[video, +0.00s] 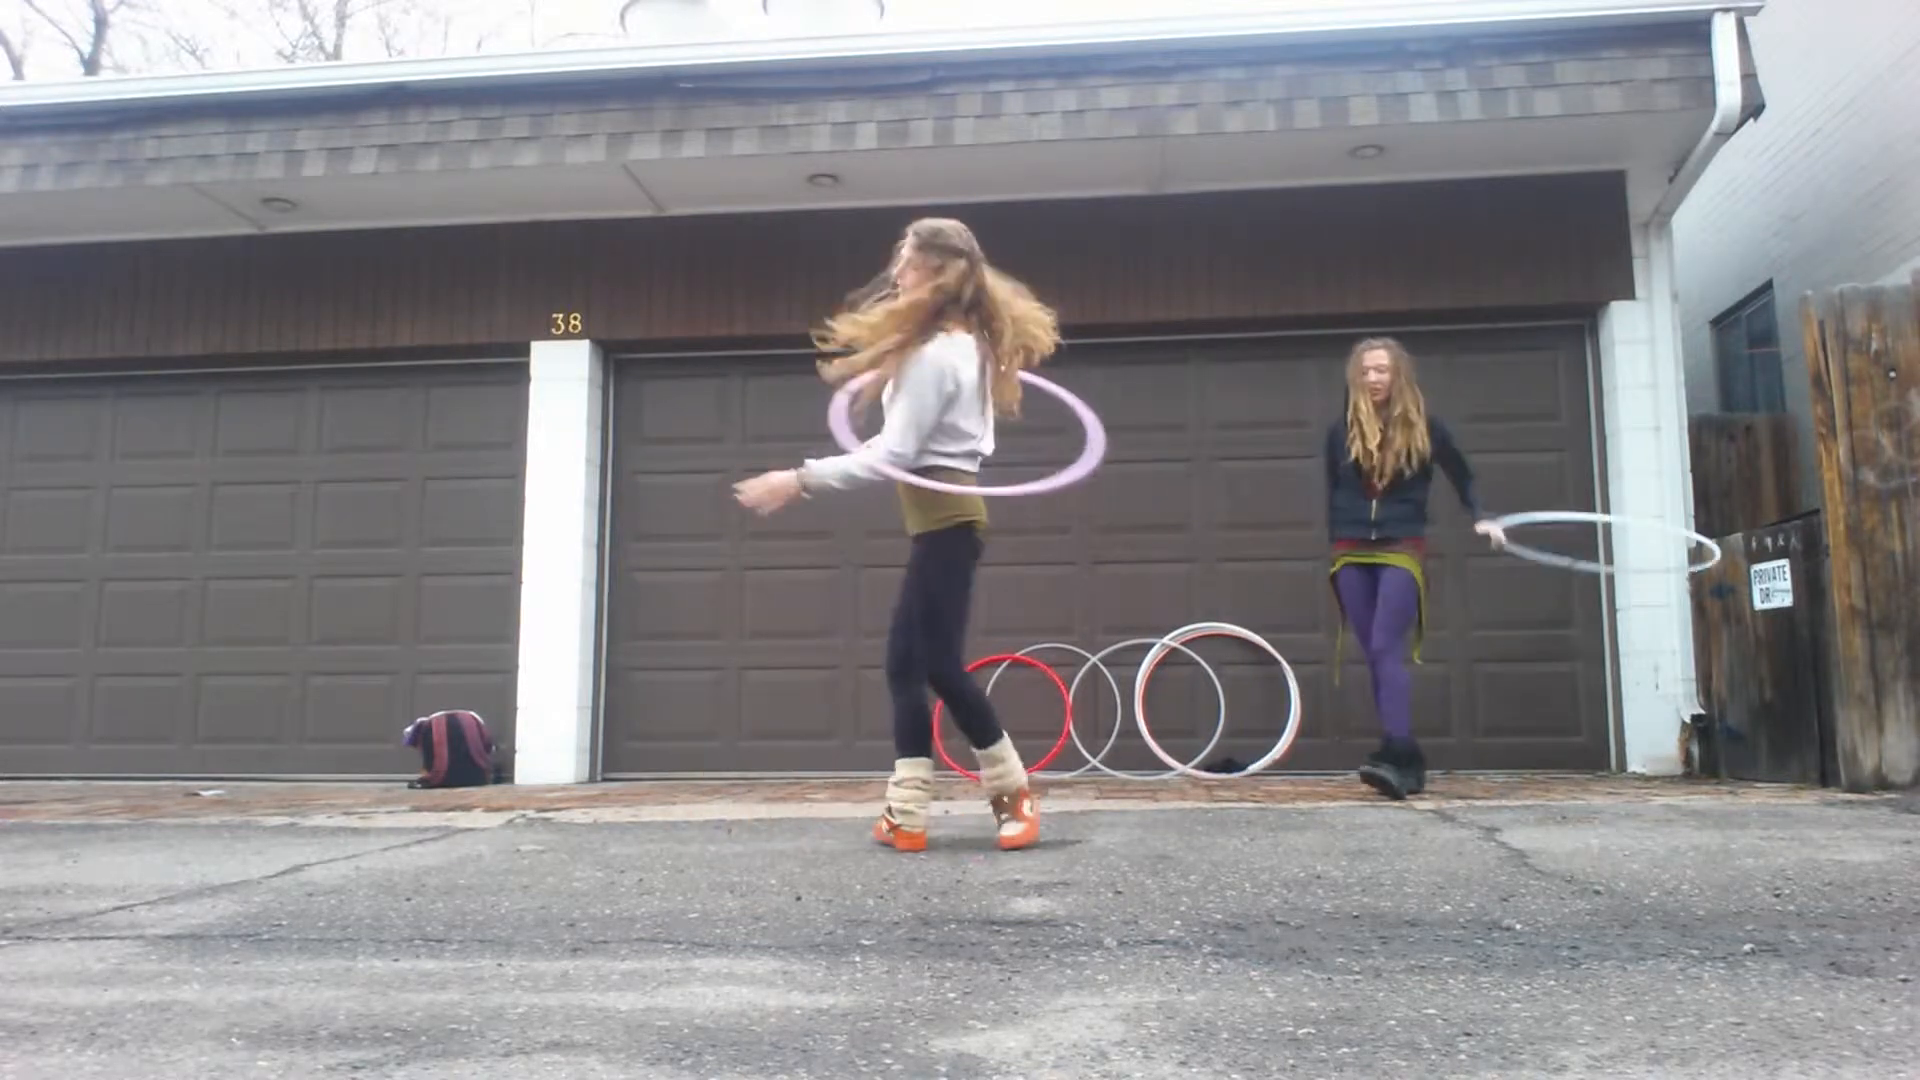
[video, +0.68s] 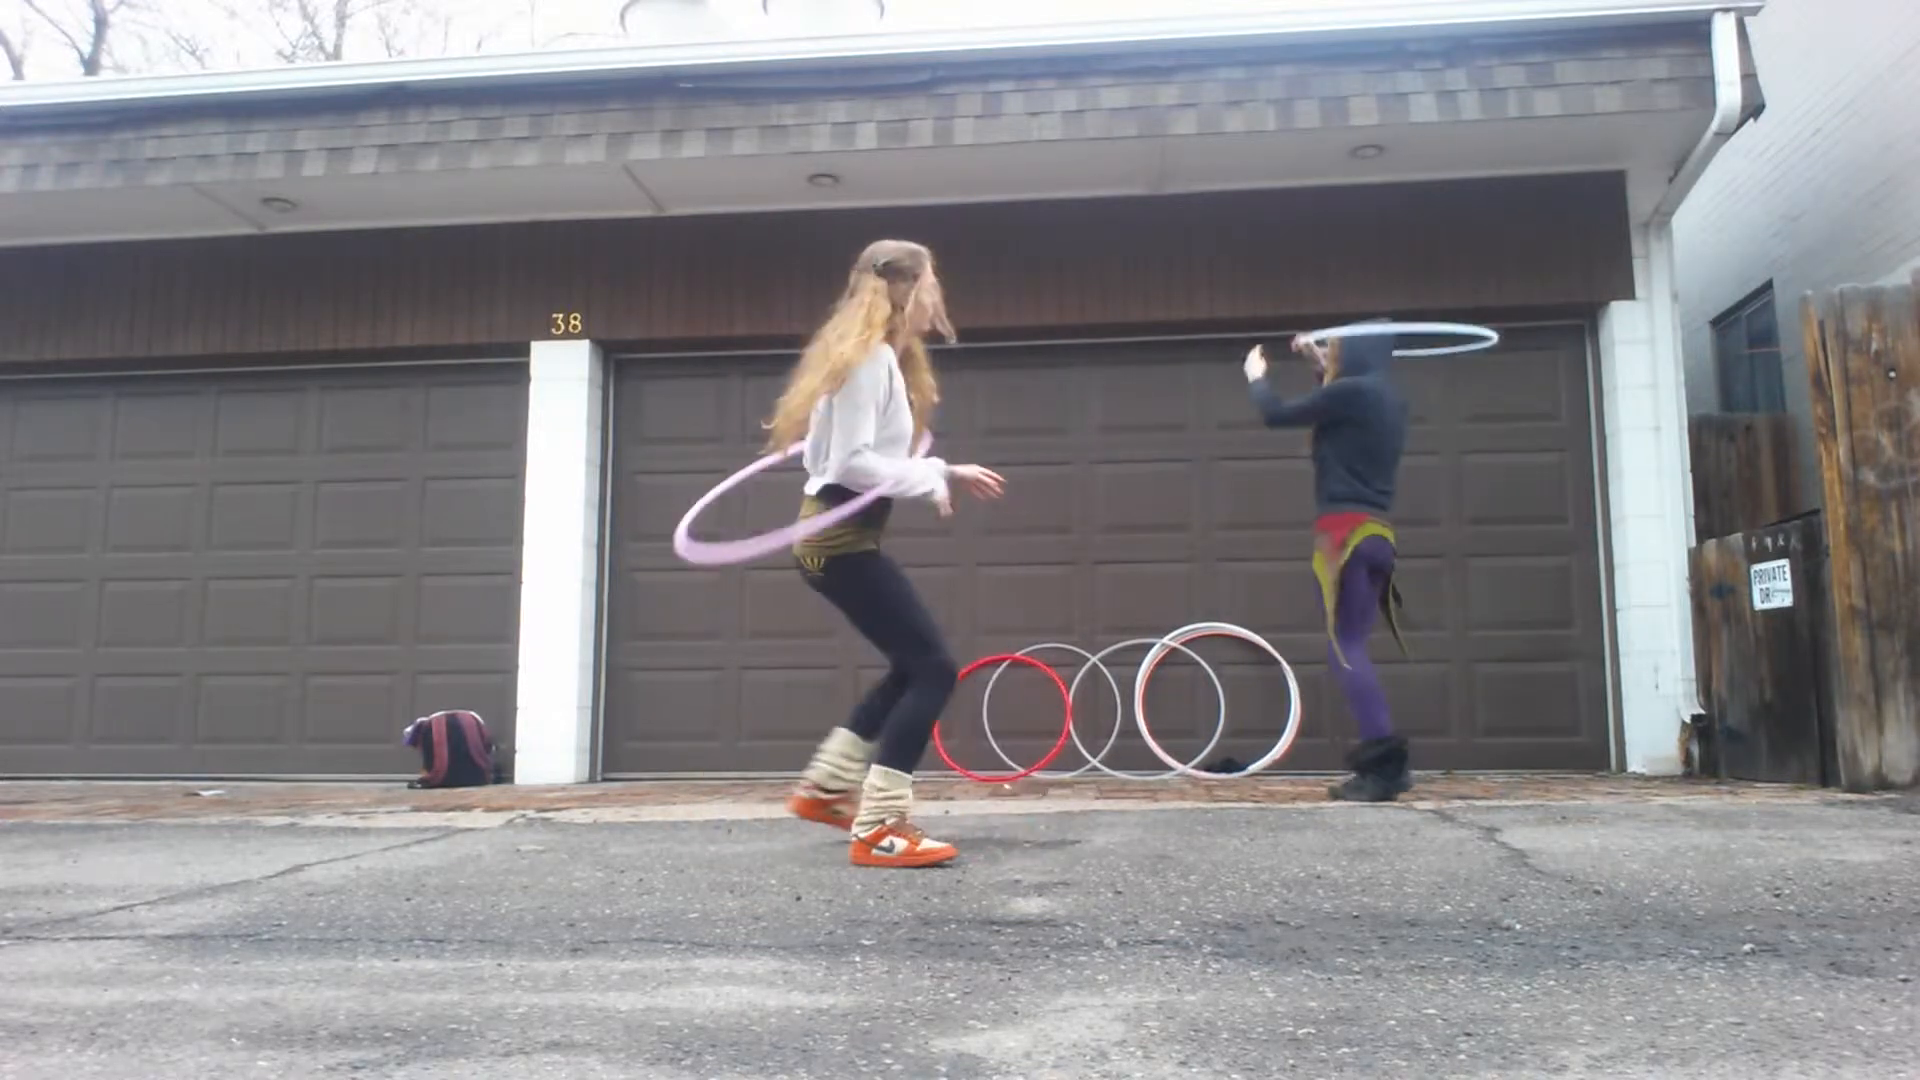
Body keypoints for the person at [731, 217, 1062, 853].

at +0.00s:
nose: (897, 280)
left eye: (908, 269)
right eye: (899, 267)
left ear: (941, 277)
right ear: (948, 277)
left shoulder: (937, 354)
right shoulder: (962, 346)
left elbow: (894, 452)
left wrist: (799, 479)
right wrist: (889, 381)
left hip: (948, 526)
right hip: (943, 524)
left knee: (941, 663)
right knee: (907, 664)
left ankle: (1016, 796)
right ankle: (908, 814)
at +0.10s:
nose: (904, 284)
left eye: (917, 274)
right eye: (902, 272)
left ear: (952, 279)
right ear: (901, 277)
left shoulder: (970, 354)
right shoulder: (915, 346)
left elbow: (958, 456)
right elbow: (912, 428)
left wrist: (883, 503)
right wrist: (857, 443)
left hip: (980, 525)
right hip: (934, 527)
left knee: (983, 667)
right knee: (890, 660)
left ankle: (1022, 803)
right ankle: (911, 808)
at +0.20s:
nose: (910, 293)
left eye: (924, 283)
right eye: (904, 281)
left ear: (956, 294)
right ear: (894, 287)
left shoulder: (982, 370)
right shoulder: (885, 348)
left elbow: (990, 458)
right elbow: (882, 438)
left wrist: (960, 522)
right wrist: (807, 474)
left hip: (990, 519)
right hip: (931, 516)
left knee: (990, 662)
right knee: (906, 647)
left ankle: (1022, 802)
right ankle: (909, 800)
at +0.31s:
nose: (917, 310)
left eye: (929, 299)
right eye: (906, 299)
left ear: (951, 306)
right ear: (890, 307)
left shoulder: (984, 371)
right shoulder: (867, 378)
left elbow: (1013, 458)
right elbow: (862, 477)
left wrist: (1023, 543)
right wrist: (806, 543)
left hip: (979, 525)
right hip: (913, 528)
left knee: (988, 665)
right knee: (913, 653)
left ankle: (1021, 800)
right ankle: (895, 794)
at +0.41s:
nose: (935, 320)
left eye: (944, 307)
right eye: (919, 308)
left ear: (956, 315)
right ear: (888, 317)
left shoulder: (982, 381)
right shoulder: (860, 391)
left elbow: (1018, 471)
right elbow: (866, 490)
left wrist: (1057, 540)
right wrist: (888, 571)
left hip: (959, 530)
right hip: (894, 531)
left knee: (983, 663)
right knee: (917, 661)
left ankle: (1020, 801)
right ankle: (877, 819)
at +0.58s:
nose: (955, 307)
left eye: (955, 296)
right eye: (943, 297)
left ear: (935, 309)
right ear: (903, 308)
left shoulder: (919, 382)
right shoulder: (857, 373)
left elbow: (937, 459)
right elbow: (840, 470)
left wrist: (1013, 490)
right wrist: (937, 493)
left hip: (893, 540)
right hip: (851, 545)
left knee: (958, 661)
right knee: (931, 665)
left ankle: (934, 805)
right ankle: (875, 826)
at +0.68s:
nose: (936, 302)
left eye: (935, 289)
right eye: (931, 290)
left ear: (886, 292)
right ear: (904, 293)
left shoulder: (868, 356)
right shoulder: (871, 361)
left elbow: (831, 449)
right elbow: (850, 462)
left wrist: (916, 460)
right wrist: (937, 475)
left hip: (834, 539)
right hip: (841, 543)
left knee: (914, 665)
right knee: (934, 669)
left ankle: (827, 785)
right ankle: (880, 824)